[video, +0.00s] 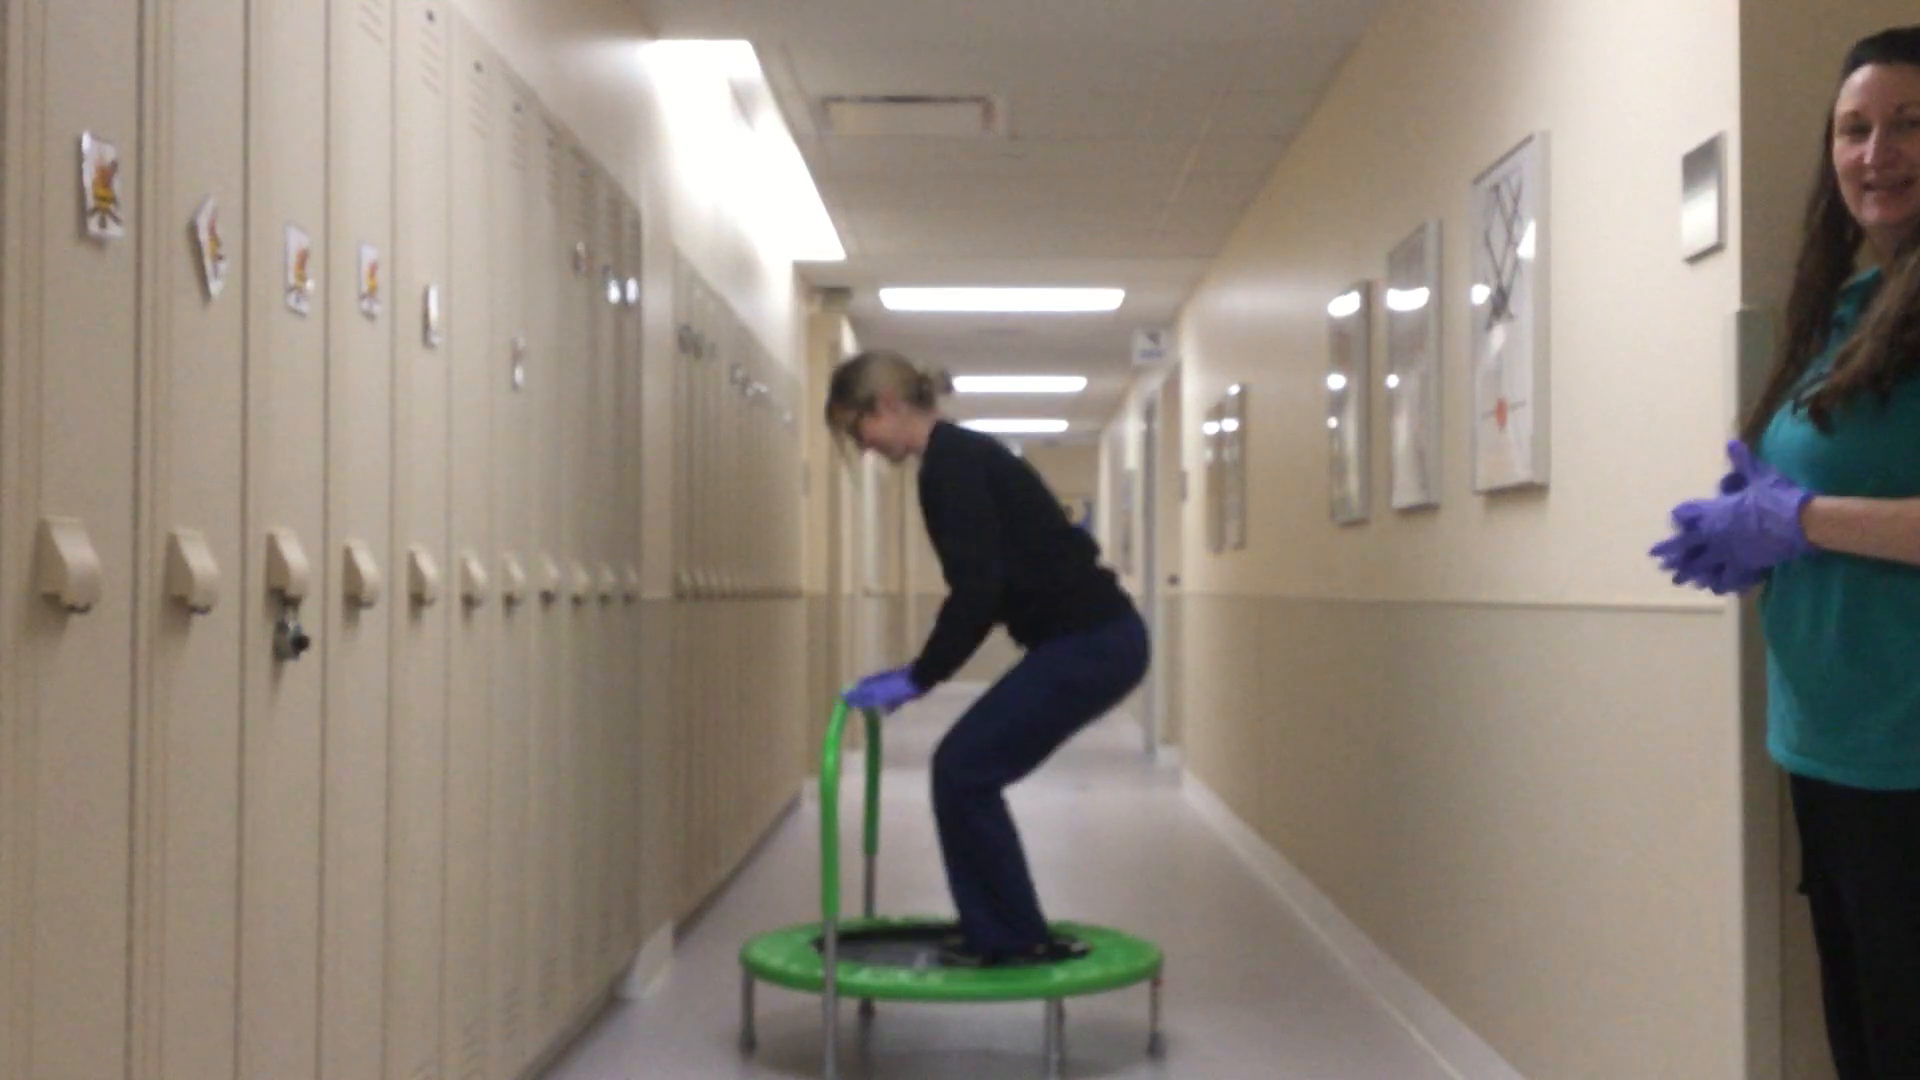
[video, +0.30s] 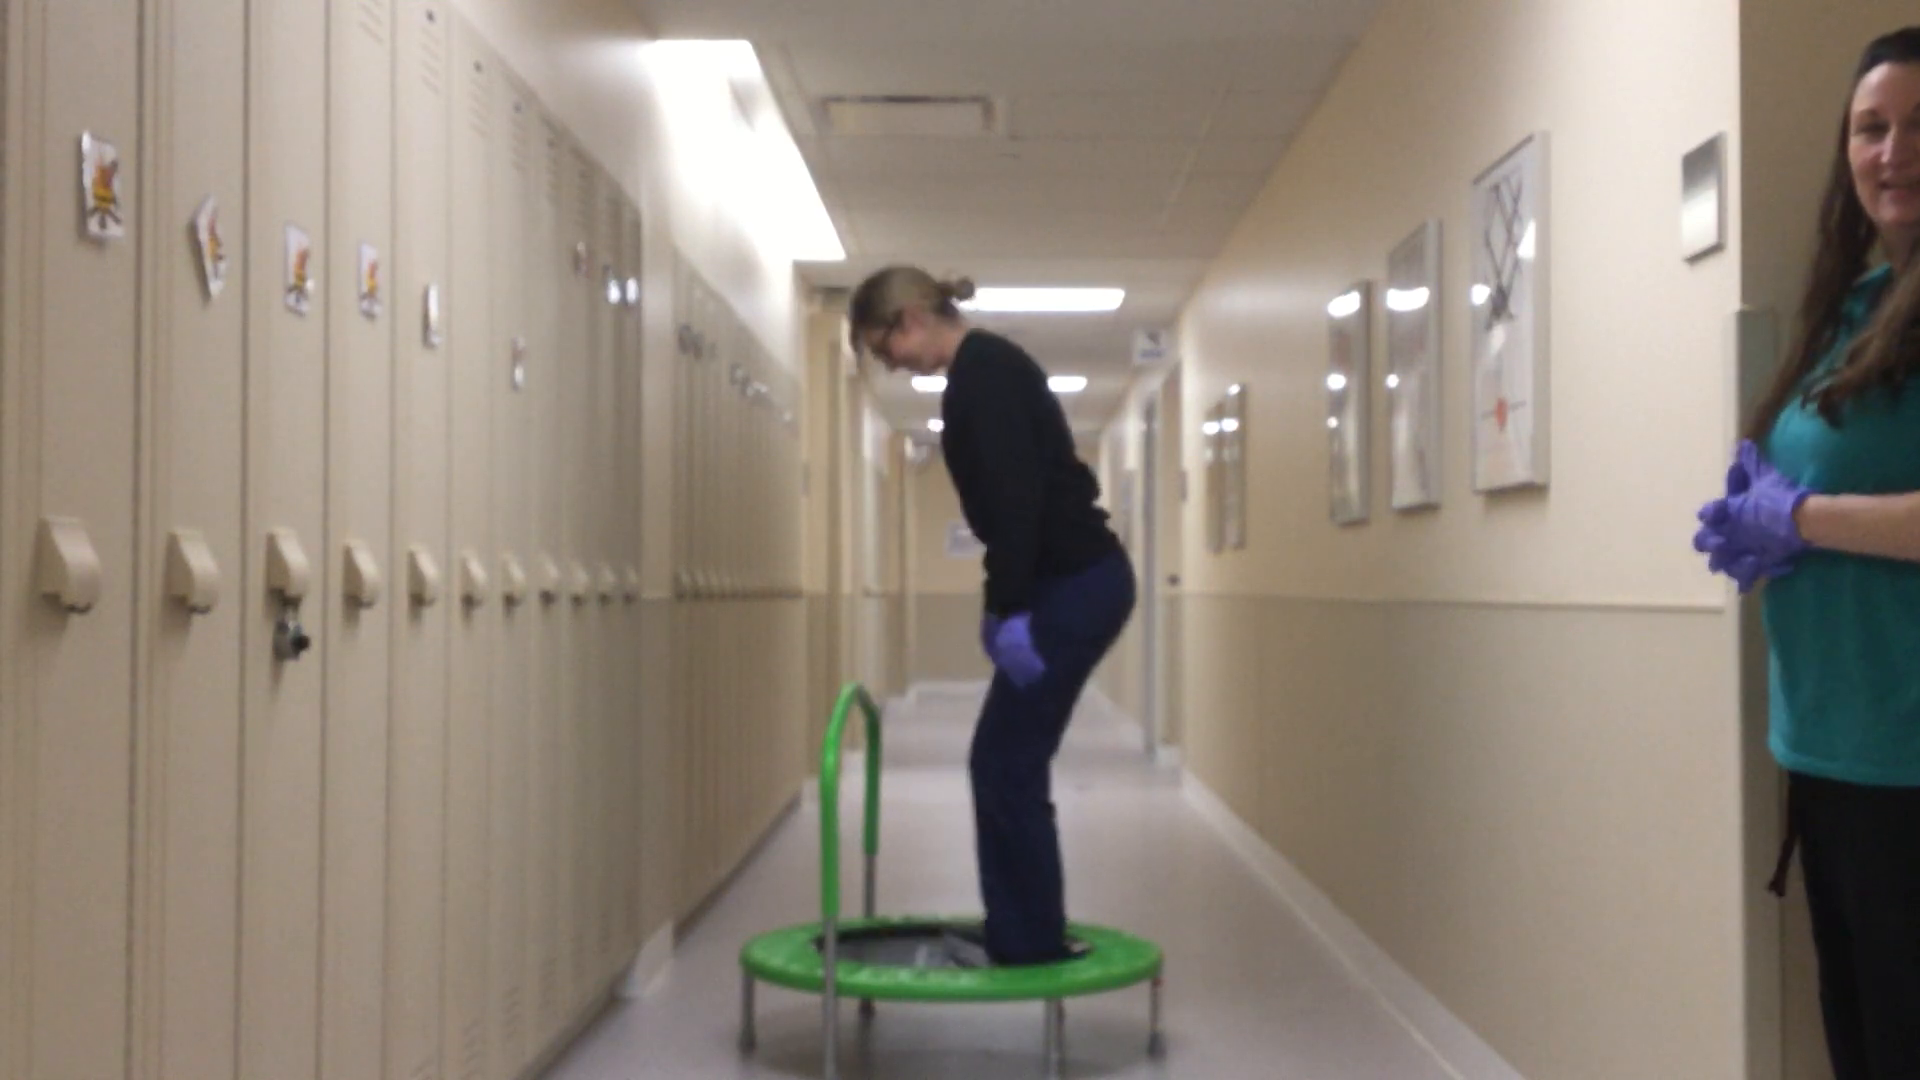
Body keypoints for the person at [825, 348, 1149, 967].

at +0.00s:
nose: (862, 442)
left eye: (859, 426)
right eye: (854, 432)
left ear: (888, 404)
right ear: (894, 406)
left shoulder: (954, 463)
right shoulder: (951, 459)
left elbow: (979, 589)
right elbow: (977, 590)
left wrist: (916, 679)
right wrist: (916, 675)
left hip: (1094, 644)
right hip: (1086, 641)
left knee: (963, 767)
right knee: (961, 765)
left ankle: (1011, 937)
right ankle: (1002, 932)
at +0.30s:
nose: (898, 365)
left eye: (891, 349)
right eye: (887, 358)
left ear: (914, 317)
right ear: (914, 319)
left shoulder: (985, 368)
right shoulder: (982, 368)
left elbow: (1014, 493)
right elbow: (1008, 496)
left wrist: (1009, 608)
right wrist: (1001, 606)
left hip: (1076, 588)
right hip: (1069, 585)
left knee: (1005, 759)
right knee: (1006, 759)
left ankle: (1026, 942)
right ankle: (1027, 937)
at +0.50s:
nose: (904, 347)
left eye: (899, 331)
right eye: (894, 338)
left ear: (927, 301)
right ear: (926, 306)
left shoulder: (995, 354)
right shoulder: (989, 355)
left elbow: (1017, 478)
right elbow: (1009, 481)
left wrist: (1007, 593)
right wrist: (1001, 589)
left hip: (1064, 579)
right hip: (1057, 577)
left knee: (1015, 759)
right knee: (1017, 758)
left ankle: (1024, 941)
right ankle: (1027, 935)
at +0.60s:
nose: (902, 342)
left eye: (897, 326)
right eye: (893, 333)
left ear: (926, 296)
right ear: (925, 301)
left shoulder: (994, 349)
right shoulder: (989, 351)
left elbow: (1014, 475)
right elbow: (1013, 475)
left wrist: (986, 587)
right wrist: (992, 581)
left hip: (1064, 575)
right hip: (1056, 573)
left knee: (1020, 754)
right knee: (1020, 753)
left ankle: (1024, 940)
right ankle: (1027, 933)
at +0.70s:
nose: (896, 349)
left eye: (890, 333)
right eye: (885, 340)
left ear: (918, 302)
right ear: (918, 305)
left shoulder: (987, 354)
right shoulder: (983, 355)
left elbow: (1010, 481)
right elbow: (1014, 474)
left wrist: (961, 587)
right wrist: (978, 537)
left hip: (1067, 577)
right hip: (1061, 575)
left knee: (1014, 750)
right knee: (1016, 750)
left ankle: (1022, 942)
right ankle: (1028, 935)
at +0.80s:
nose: (887, 372)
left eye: (881, 356)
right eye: (877, 363)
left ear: (909, 327)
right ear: (909, 330)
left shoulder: (979, 379)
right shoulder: (971, 381)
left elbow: (1004, 502)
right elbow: (999, 504)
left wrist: (932, 587)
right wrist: (932, 580)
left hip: (1078, 590)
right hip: (1068, 590)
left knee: (996, 754)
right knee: (993, 754)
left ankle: (1024, 943)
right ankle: (1022, 935)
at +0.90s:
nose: (876, 413)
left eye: (873, 396)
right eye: (867, 403)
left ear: (902, 370)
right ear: (902, 374)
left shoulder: (970, 426)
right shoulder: (957, 429)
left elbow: (992, 545)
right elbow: (985, 545)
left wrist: (901, 593)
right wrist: (903, 591)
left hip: (1089, 622)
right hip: (1077, 620)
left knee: (977, 763)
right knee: (972, 759)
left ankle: (1022, 944)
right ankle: (1017, 938)